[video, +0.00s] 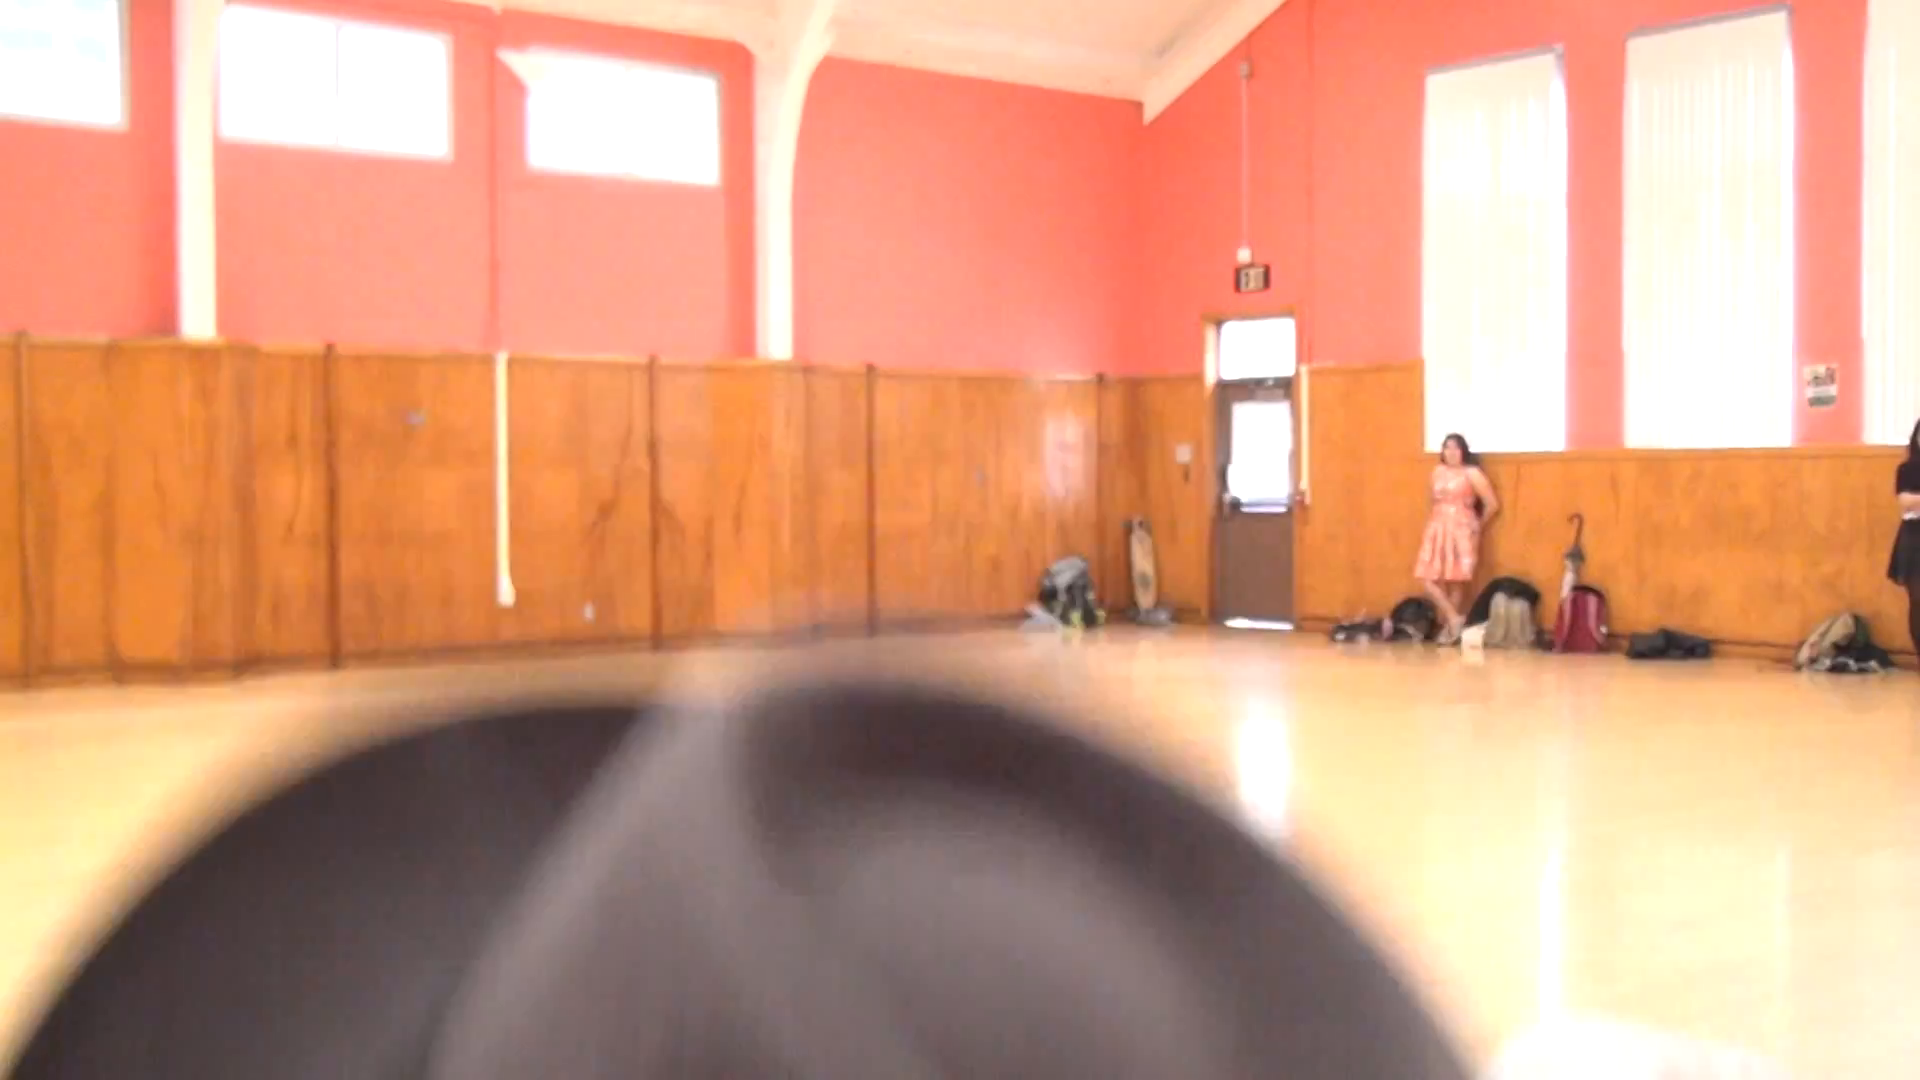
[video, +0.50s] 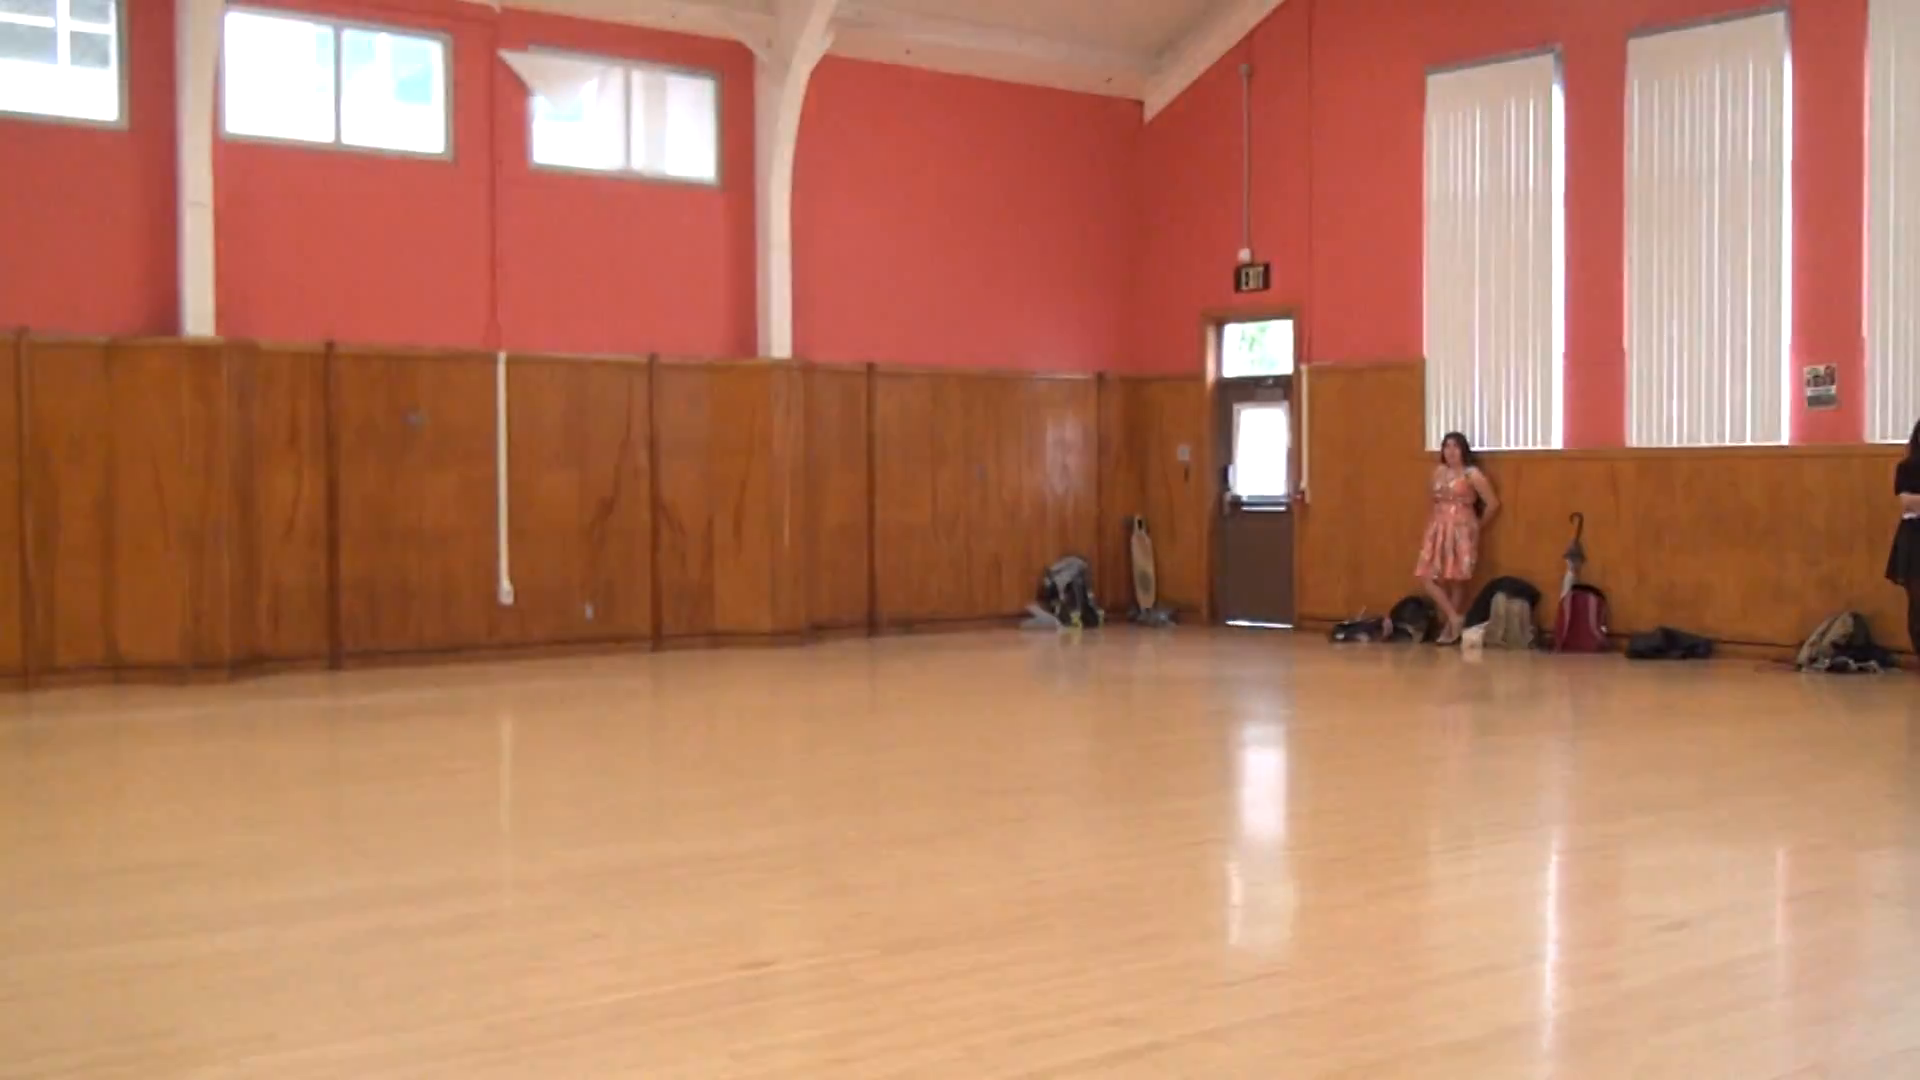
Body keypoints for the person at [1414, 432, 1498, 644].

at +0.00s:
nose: (1449, 452)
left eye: (1454, 448)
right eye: (1446, 448)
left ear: (1462, 451)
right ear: (1442, 451)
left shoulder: (1472, 473)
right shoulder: (1438, 472)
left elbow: (1492, 504)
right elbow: (1436, 499)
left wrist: (1479, 524)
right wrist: (1435, 519)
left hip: (1461, 525)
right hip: (1439, 524)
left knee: (1456, 580)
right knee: (1428, 578)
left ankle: (1448, 628)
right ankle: (1454, 620)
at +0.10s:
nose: (1449, 451)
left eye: (1454, 447)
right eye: (1447, 447)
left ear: (1462, 450)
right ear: (1442, 451)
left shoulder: (1472, 473)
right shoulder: (1438, 472)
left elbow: (1491, 503)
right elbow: (1437, 499)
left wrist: (1479, 524)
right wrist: (1435, 519)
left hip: (1461, 524)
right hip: (1439, 523)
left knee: (1455, 579)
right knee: (1427, 576)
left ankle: (1449, 627)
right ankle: (1453, 619)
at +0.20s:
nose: (1449, 452)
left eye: (1454, 447)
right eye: (1447, 447)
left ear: (1462, 451)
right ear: (1443, 451)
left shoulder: (1472, 474)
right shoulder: (1439, 471)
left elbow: (1492, 503)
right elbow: (1437, 497)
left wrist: (1479, 525)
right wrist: (1437, 518)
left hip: (1462, 524)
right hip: (1441, 523)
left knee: (1458, 578)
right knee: (1428, 574)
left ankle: (1451, 627)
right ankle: (1453, 619)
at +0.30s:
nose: (1450, 452)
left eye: (1455, 447)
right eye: (1447, 447)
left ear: (1462, 450)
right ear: (1442, 451)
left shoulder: (1471, 473)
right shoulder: (1438, 472)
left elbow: (1492, 503)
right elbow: (1436, 499)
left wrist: (1478, 525)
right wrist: (1434, 520)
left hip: (1461, 525)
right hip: (1439, 524)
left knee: (1456, 579)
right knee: (1426, 576)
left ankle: (1449, 626)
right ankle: (1453, 618)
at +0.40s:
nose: (1450, 451)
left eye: (1454, 447)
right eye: (1447, 447)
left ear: (1462, 450)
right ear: (1442, 451)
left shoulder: (1472, 474)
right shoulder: (1438, 472)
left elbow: (1492, 503)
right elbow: (1436, 498)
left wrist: (1478, 525)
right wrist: (1437, 518)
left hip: (1461, 525)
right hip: (1439, 524)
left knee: (1456, 579)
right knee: (1426, 576)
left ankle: (1449, 625)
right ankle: (1453, 619)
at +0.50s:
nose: (1450, 451)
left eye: (1455, 447)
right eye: (1447, 447)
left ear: (1463, 450)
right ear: (1442, 451)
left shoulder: (1472, 474)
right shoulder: (1439, 472)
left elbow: (1492, 503)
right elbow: (1436, 498)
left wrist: (1478, 525)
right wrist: (1436, 518)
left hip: (1461, 526)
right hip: (1440, 524)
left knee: (1457, 579)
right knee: (1426, 576)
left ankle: (1449, 625)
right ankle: (1454, 618)